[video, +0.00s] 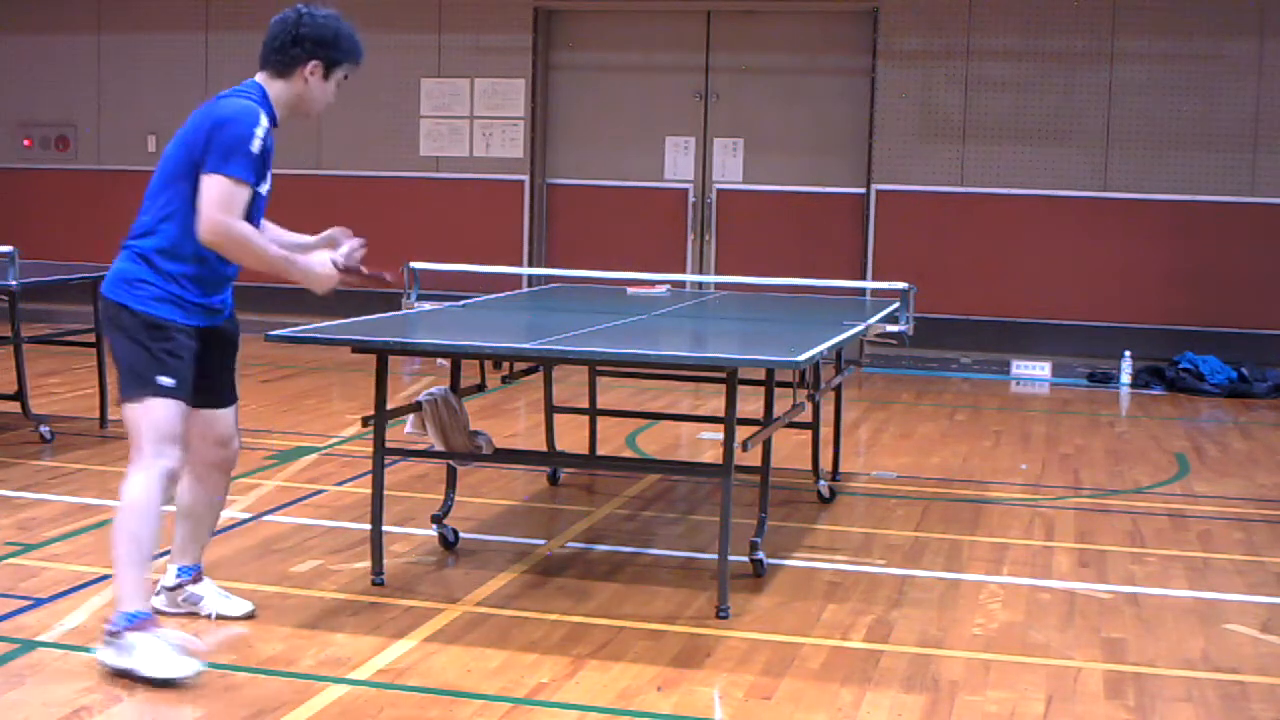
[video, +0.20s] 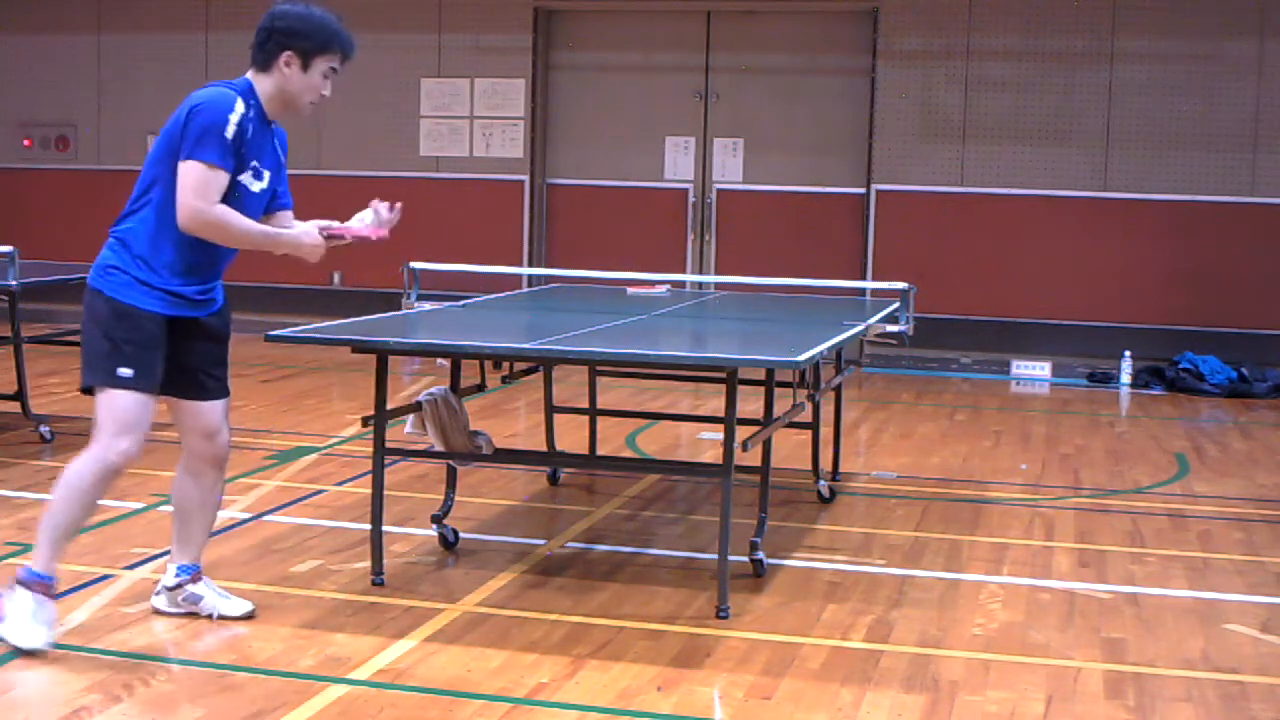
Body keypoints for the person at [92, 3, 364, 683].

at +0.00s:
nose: (336, 98)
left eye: (340, 84)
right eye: (338, 82)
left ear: (300, 69)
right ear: (310, 71)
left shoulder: (260, 123)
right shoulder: (242, 117)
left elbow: (244, 225)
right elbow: (213, 225)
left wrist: (314, 245)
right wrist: (299, 269)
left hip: (205, 308)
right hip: (153, 302)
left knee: (214, 451)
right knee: (157, 455)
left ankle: (181, 581)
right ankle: (127, 626)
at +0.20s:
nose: (329, 90)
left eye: (334, 76)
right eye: (325, 72)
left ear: (294, 68)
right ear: (286, 61)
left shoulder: (271, 140)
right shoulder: (219, 107)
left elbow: (279, 233)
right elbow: (195, 212)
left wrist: (348, 228)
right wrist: (287, 240)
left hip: (198, 300)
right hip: (131, 291)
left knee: (210, 444)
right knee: (118, 443)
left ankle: (183, 580)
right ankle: (34, 581)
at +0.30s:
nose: (323, 89)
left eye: (328, 76)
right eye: (317, 72)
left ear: (292, 70)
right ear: (275, 61)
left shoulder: (276, 143)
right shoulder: (210, 109)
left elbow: (286, 235)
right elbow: (193, 215)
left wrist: (363, 225)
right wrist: (286, 238)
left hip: (191, 299)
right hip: (124, 288)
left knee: (207, 444)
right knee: (95, 436)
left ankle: (181, 581)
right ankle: (10, 571)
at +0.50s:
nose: (316, 93)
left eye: (320, 80)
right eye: (308, 77)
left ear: (286, 76)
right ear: (264, 68)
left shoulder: (279, 147)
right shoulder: (196, 117)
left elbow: (294, 239)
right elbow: (192, 226)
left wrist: (372, 233)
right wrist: (286, 241)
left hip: (183, 297)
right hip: (111, 286)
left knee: (199, 438)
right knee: (67, 433)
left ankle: (181, 580)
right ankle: (4, 576)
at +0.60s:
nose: (314, 95)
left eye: (317, 82)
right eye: (305, 79)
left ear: (278, 78)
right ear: (261, 72)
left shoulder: (279, 148)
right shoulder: (193, 120)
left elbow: (296, 241)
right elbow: (194, 230)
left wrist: (364, 237)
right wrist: (289, 242)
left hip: (180, 296)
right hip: (107, 285)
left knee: (195, 436)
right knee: (63, 432)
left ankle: (182, 580)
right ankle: (1, 574)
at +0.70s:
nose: (310, 94)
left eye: (313, 81)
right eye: (300, 79)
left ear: (273, 79)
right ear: (256, 74)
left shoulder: (279, 148)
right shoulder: (189, 122)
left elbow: (298, 242)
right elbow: (196, 232)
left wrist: (363, 239)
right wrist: (294, 242)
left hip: (178, 296)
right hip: (104, 285)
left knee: (192, 433)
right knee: (57, 431)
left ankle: (181, 580)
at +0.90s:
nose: (295, 91)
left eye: (298, 76)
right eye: (284, 74)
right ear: (241, 75)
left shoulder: (269, 145)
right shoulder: (177, 123)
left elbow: (313, 233)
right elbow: (197, 230)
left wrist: (390, 256)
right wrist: (298, 227)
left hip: (168, 299)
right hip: (96, 289)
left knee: (192, 434)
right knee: (40, 435)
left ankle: (180, 578)